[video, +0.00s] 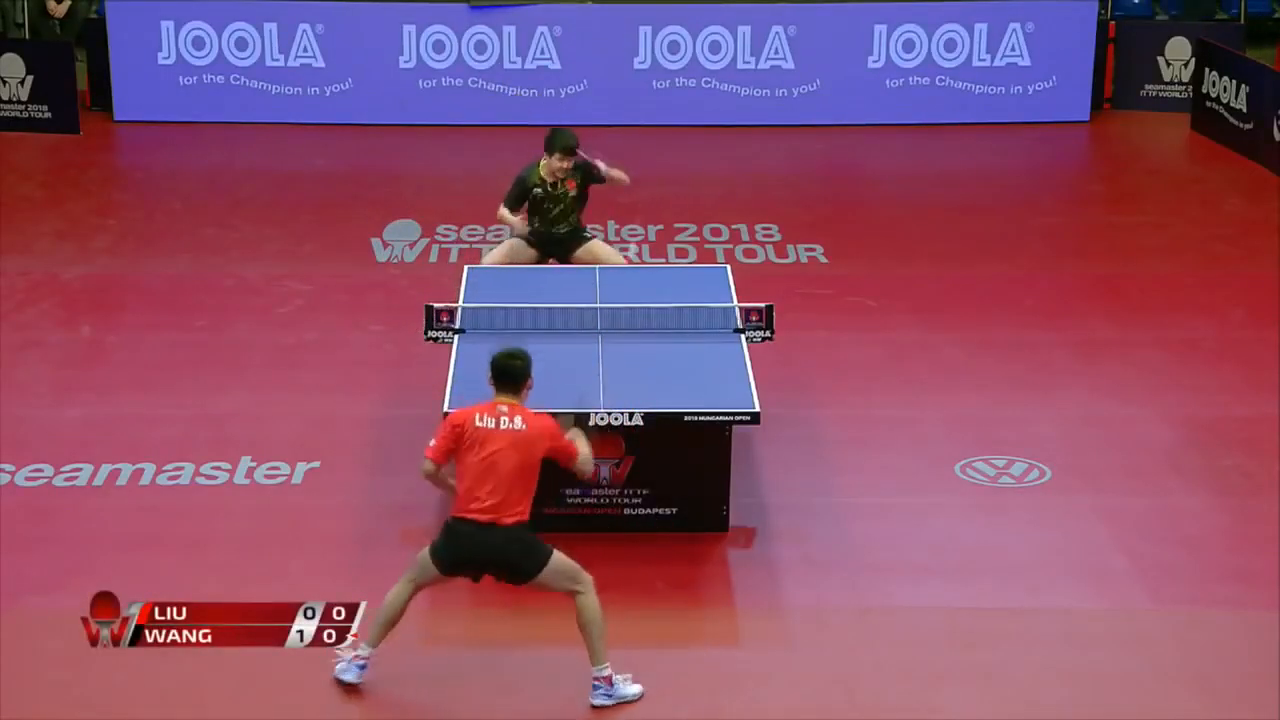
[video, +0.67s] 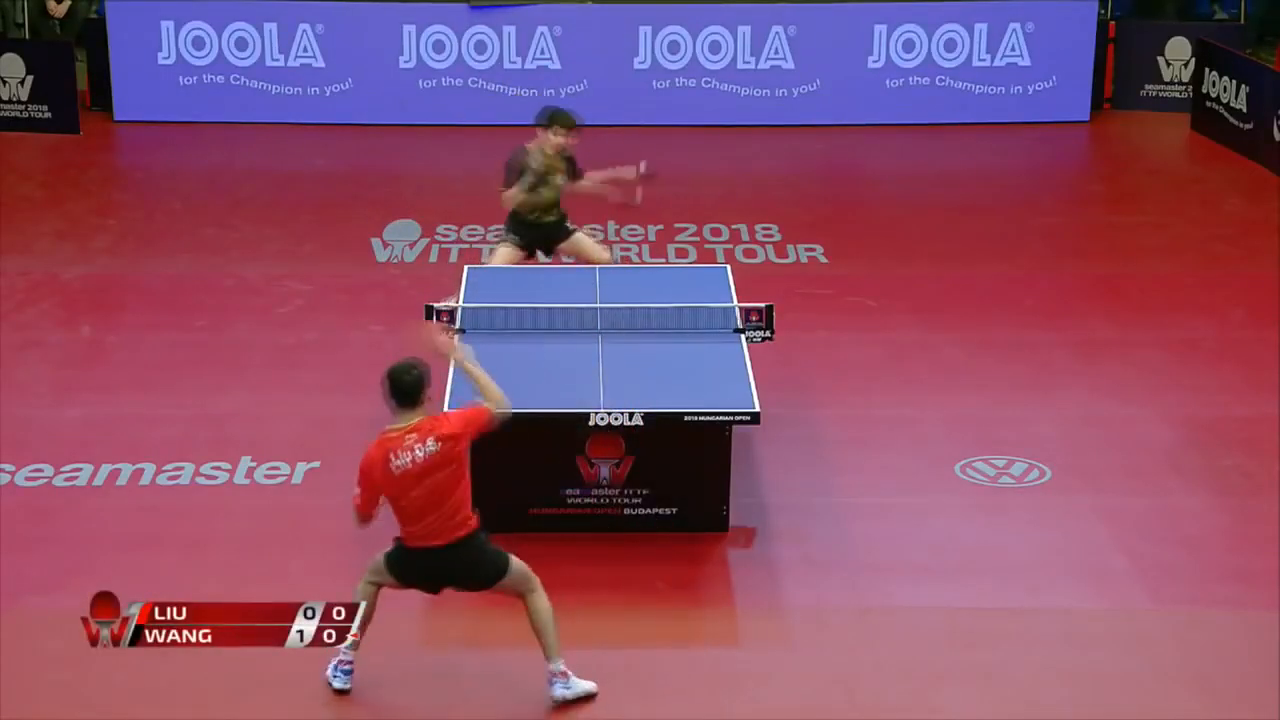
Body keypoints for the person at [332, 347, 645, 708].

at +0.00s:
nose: (530, 385)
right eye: (531, 380)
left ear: (491, 381)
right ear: (527, 385)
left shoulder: (463, 418)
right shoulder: (541, 425)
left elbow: (430, 469)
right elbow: (584, 470)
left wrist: (456, 490)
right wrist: (580, 442)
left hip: (461, 538)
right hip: (511, 543)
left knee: (409, 583)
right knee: (582, 584)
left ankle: (357, 661)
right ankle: (604, 680)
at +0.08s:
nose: (537, 404)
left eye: (530, 398)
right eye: (536, 400)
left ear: (496, 400)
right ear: (531, 406)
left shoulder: (467, 435)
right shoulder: (536, 452)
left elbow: (439, 481)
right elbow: (557, 514)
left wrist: (476, 494)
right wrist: (575, 513)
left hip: (451, 555)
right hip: (504, 562)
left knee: (405, 595)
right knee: (572, 588)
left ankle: (350, 666)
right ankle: (605, 680)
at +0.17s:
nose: (536, 418)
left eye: (532, 410)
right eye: (535, 412)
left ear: (497, 409)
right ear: (529, 418)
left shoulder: (475, 438)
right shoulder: (514, 466)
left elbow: (491, 478)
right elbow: (505, 532)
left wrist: (530, 480)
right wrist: (542, 576)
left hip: (435, 558)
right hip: (478, 565)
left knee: (407, 601)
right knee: (556, 596)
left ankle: (346, 657)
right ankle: (602, 681)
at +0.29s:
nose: (488, 411)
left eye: (488, 405)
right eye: (485, 405)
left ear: (447, 401)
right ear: (467, 406)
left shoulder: (417, 427)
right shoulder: (458, 446)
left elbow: (447, 432)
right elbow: (479, 502)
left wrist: (476, 428)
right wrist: (523, 486)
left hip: (423, 551)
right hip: (465, 555)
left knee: (402, 584)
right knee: (549, 593)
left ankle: (350, 646)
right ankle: (594, 680)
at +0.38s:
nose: (448, 398)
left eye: (446, 391)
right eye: (448, 391)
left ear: (409, 396)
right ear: (439, 397)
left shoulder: (388, 437)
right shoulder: (455, 430)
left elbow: (420, 423)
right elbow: (505, 416)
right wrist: (472, 373)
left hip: (422, 553)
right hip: (472, 551)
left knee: (392, 574)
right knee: (556, 578)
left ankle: (349, 644)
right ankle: (553, 668)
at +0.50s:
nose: (428, 393)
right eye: (424, 388)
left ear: (386, 402)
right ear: (422, 395)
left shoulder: (381, 456)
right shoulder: (446, 419)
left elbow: (367, 502)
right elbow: (464, 369)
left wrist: (388, 453)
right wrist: (414, 351)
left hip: (427, 552)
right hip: (478, 546)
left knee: (376, 573)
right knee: (541, 584)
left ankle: (344, 656)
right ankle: (547, 663)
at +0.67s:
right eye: (423, 387)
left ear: (388, 397)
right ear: (426, 392)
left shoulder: (378, 454)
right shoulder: (453, 424)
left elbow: (363, 516)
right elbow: (502, 409)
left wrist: (371, 483)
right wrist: (467, 363)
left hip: (415, 561)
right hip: (468, 555)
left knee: (372, 578)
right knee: (531, 586)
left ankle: (344, 664)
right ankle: (560, 676)